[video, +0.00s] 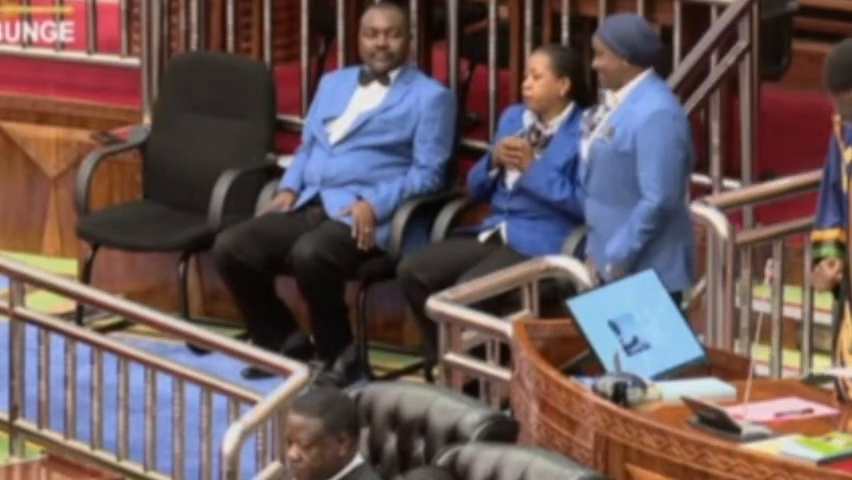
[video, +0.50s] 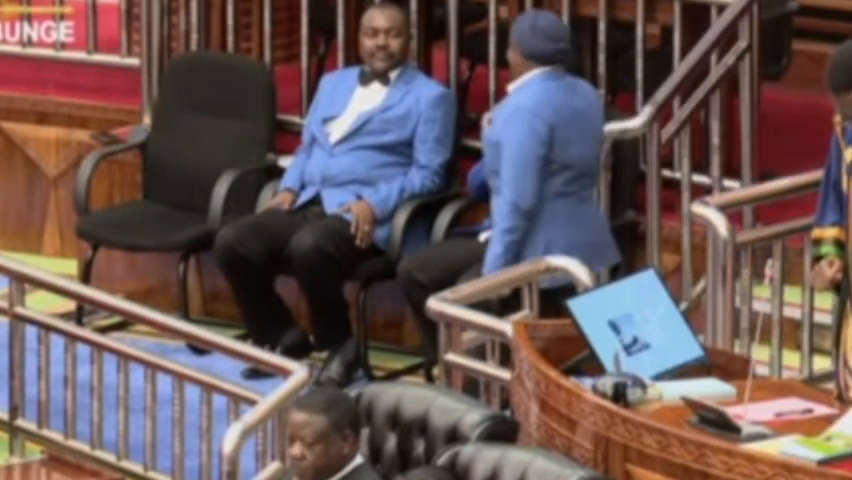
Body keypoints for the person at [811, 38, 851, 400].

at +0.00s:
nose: (842, 116)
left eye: (846, 106)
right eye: (839, 107)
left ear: (850, 96)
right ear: (832, 99)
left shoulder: (841, 138)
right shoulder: (840, 138)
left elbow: (831, 195)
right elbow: (832, 194)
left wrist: (831, 250)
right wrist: (829, 248)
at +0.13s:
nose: (843, 119)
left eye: (847, 110)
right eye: (841, 111)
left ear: (848, 97)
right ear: (834, 101)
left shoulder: (840, 135)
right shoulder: (840, 136)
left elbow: (830, 202)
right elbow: (832, 200)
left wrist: (828, 252)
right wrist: (827, 252)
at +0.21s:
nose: (843, 118)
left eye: (846, 109)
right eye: (840, 110)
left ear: (846, 98)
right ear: (834, 101)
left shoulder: (839, 136)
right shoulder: (840, 136)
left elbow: (831, 199)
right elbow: (832, 197)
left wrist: (829, 252)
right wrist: (827, 251)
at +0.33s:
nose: (844, 116)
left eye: (847, 107)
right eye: (841, 108)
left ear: (848, 98)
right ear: (835, 100)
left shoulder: (841, 137)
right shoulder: (840, 138)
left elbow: (830, 202)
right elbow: (831, 200)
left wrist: (828, 250)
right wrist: (827, 250)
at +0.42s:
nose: (843, 116)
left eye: (846, 107)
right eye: (840, 108)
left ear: (849, 99)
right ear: (834, 101)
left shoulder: (841, 139)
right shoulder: (840, 139)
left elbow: (832, 194)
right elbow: (832, 193)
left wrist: (831, 250)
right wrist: (829, 248)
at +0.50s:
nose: (842, 118)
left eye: (847, 108)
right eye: (840, 108)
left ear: (850, 99)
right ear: (834, 102)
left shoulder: (841, 139)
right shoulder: (840, 138)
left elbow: (832, 196)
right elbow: (832, 195)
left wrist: (831, 250)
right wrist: (829, 248)